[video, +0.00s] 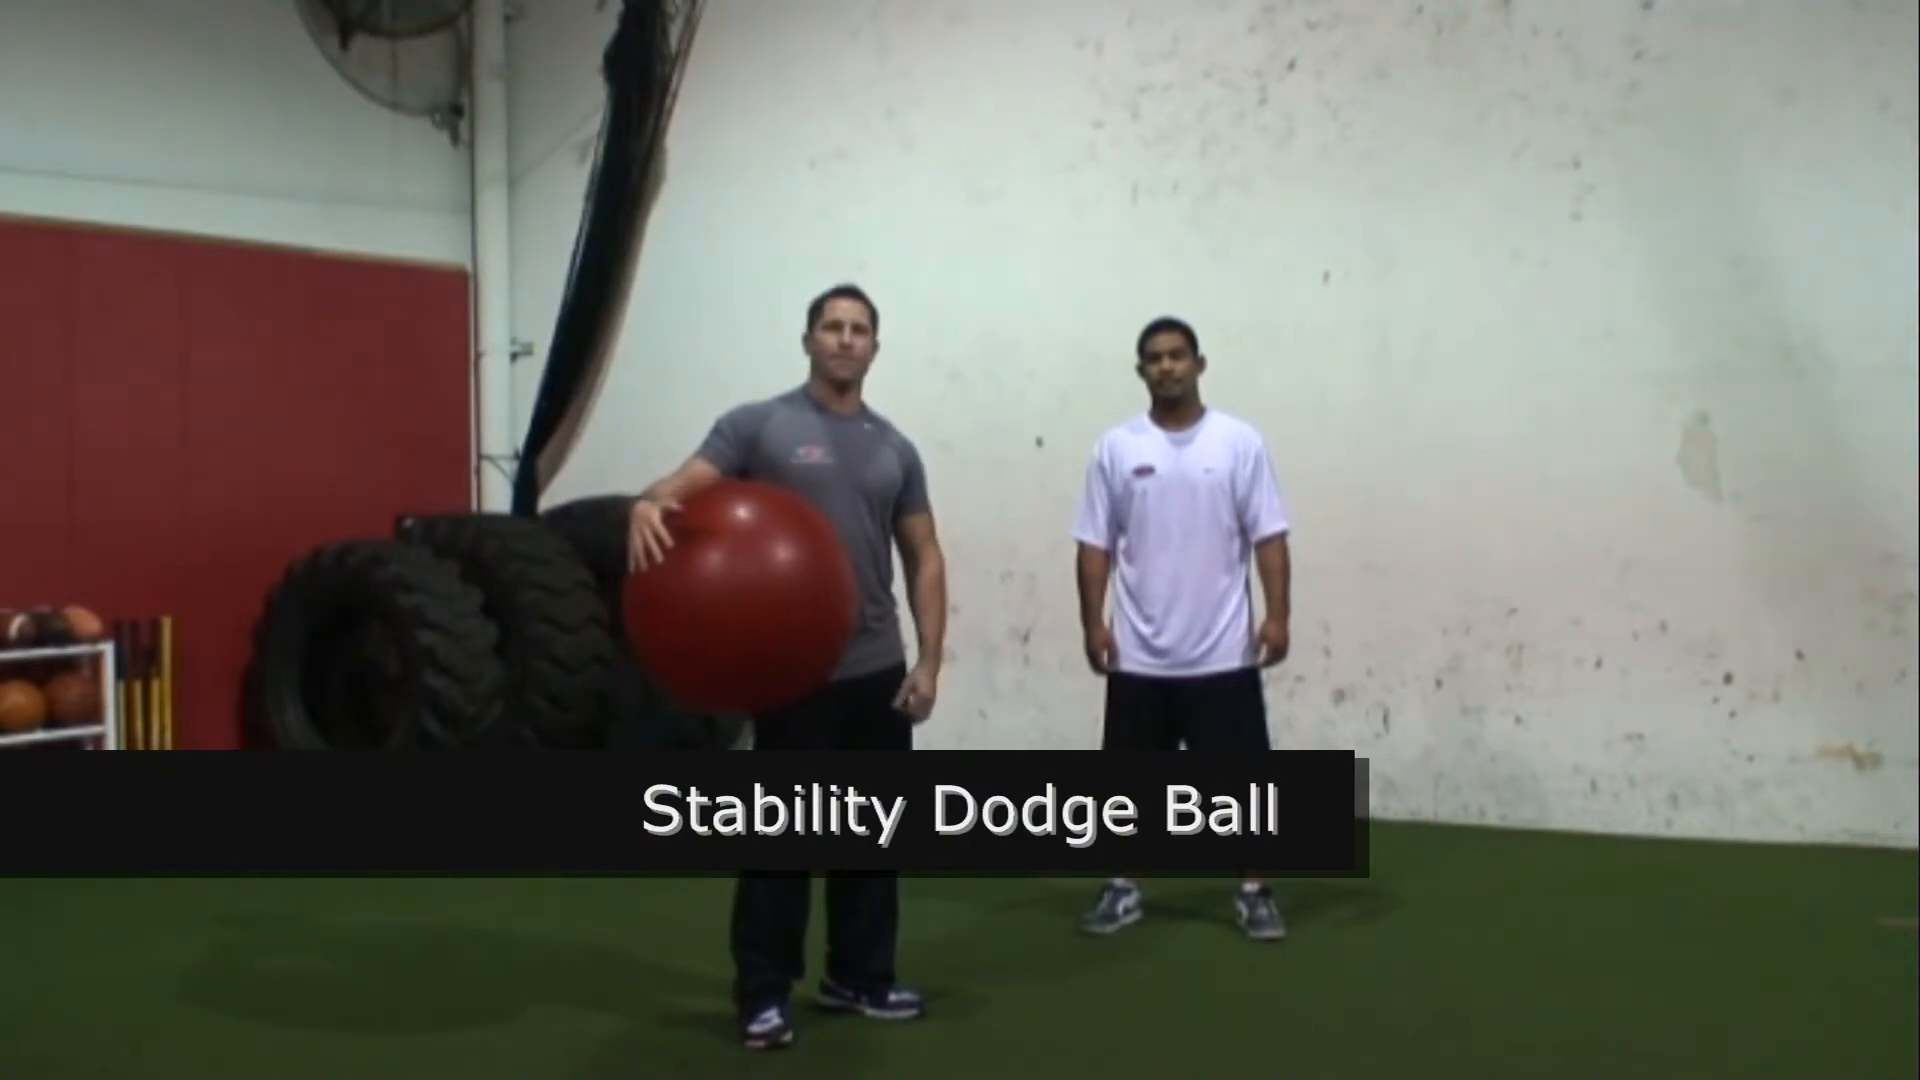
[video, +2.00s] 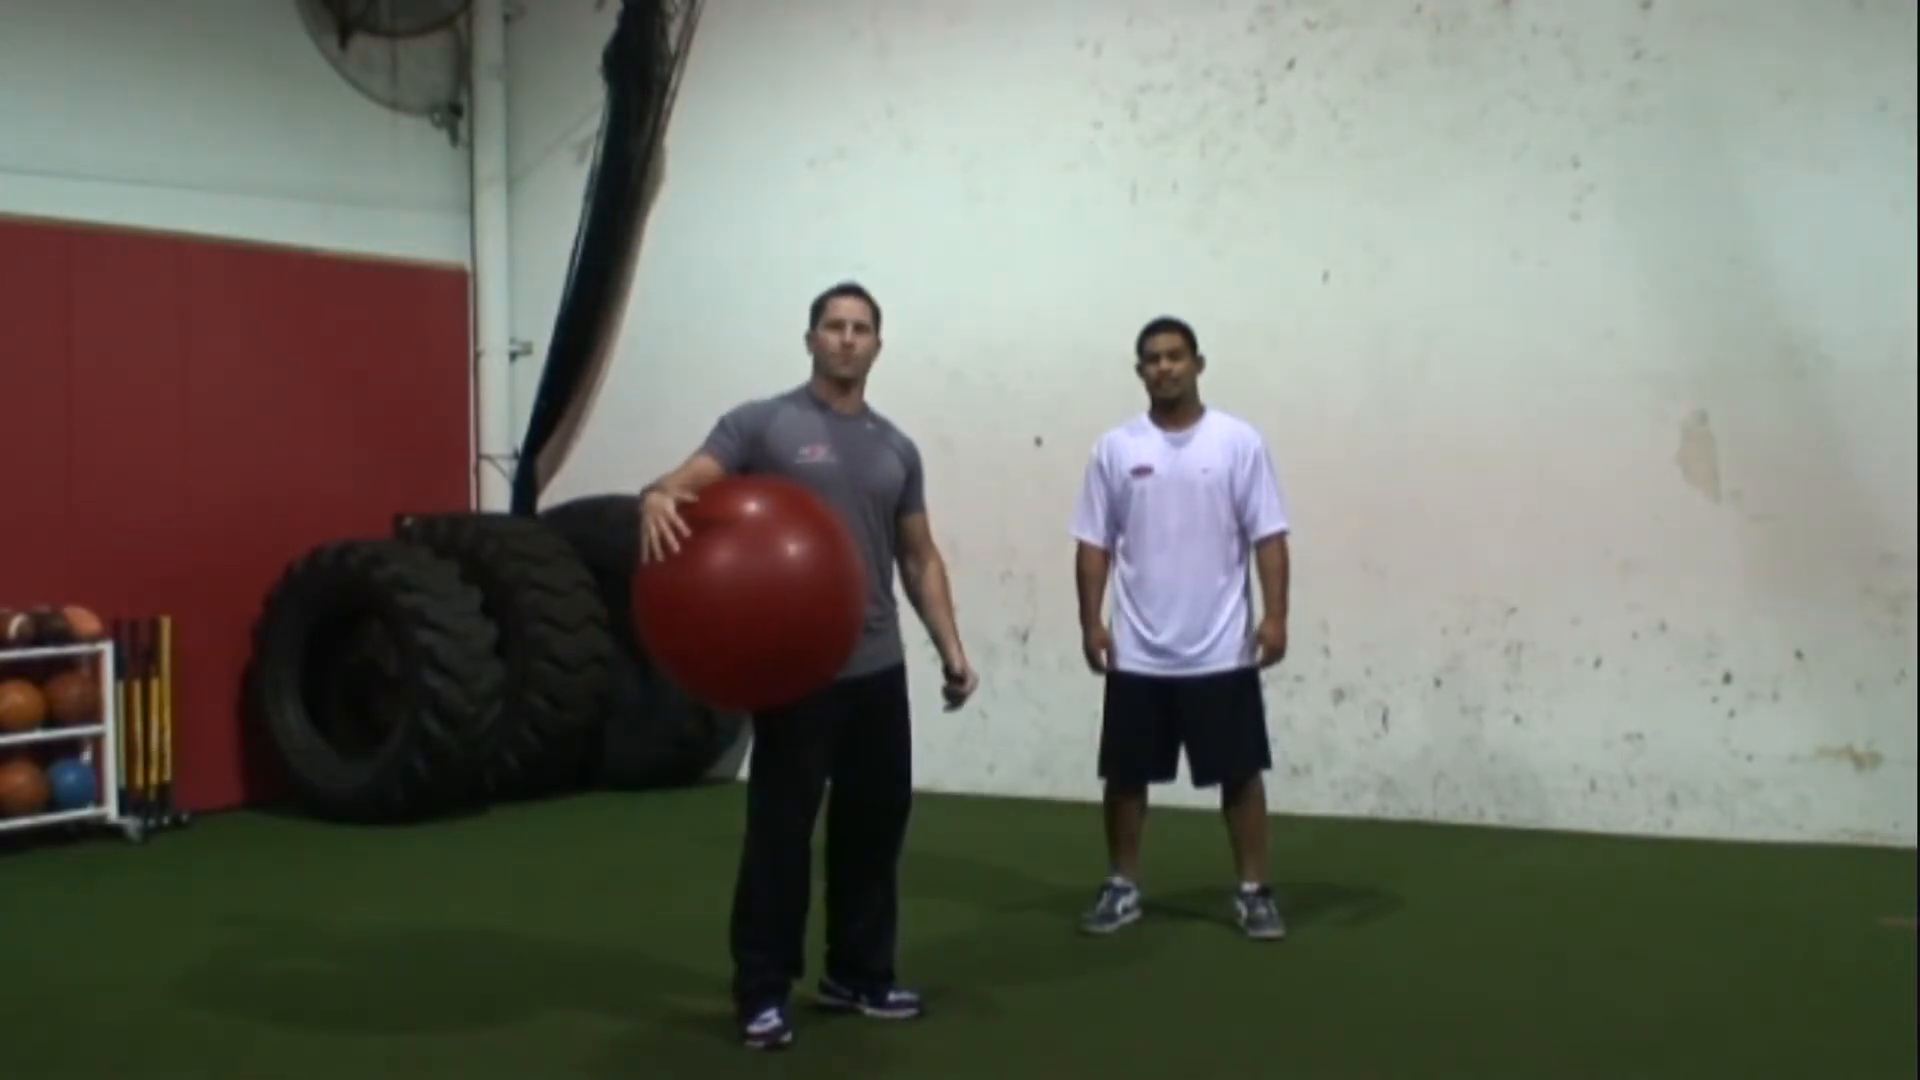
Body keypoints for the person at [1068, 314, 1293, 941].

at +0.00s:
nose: (1166, 366)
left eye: (1177, 356)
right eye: (1155, 358)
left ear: (1199, 364)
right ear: (1141, 371)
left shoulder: (1240, 442)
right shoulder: (1117, 448)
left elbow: (1269, 534)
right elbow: (1094, 541)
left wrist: (1277, 613)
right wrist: (1093, 622)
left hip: (1222, 648)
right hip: (1140, 649)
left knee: (1242, 778)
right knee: (1124, 778)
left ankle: (1253, 887)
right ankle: (1123, 884)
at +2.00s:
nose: (1163, 367)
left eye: (1174, 357)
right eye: (1152, 359)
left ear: (1198, 365)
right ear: (1139, 372)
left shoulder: (1239, 443)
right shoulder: (1116, 449)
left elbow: (1269, 535)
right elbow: (1093, 540)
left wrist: (1275, 616)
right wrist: (1091, 621)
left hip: (1221, 645)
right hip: (1139, 646)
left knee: (1242, 776)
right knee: (1123, 777)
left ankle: (1254, 889)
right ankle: (1122, 883)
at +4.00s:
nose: (1156, 367)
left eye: (1169, 357)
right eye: (1148, 359)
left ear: (1197, 364)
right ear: (1137, 370)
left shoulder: (1239, 442)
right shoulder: (1115, 449)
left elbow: (1270, 533)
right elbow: (1093, 540)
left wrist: (1277, 613)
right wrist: (1090, 620)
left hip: (1221, 644)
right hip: (1138, 645)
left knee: (1242, 776)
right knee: (1123, 777)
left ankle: (1253, 889)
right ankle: (1122, 884)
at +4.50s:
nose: (1178, 367)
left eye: (1187, 357)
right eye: (1164, 359)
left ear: (1204, 366)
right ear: (1145, 372)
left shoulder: (1245, 442)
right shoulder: (1119, 449)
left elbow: (1277, 524)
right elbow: (1095, 539)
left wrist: (1230, 548)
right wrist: (1094, 620)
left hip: (1222, 646)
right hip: (1141, 647)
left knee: (1242, 776)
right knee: (1125, 777)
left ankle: (1254, 888)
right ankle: (1122, 884)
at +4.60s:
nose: (1189, 369)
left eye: (1197, 359)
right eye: (1175, 361)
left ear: (1210, 367)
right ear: (1151, 373)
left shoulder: (1242, 440)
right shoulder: (1121, 448)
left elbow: (1268, 522)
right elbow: (1095, 539)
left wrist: (1197, 486)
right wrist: (1094, 620)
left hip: (1222, 644)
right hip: (1141, 645)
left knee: (1243, 777)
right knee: (1125, 777)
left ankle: (1254, 888)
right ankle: (1122, 883)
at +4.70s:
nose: (1196, 371)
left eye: (1202, 360)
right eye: (1182, 363)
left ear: (1214, 366)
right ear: (1156, 373)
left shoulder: (1238, 438)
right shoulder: (1122, 447)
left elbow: (1251, 508)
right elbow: (1096, 538)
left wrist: (1184, 449)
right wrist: (1097, 619)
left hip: (1222, 645)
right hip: (1141, 645)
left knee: (1243, 778)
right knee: (1126, 777)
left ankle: (1254, 888)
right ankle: (1122, 883)